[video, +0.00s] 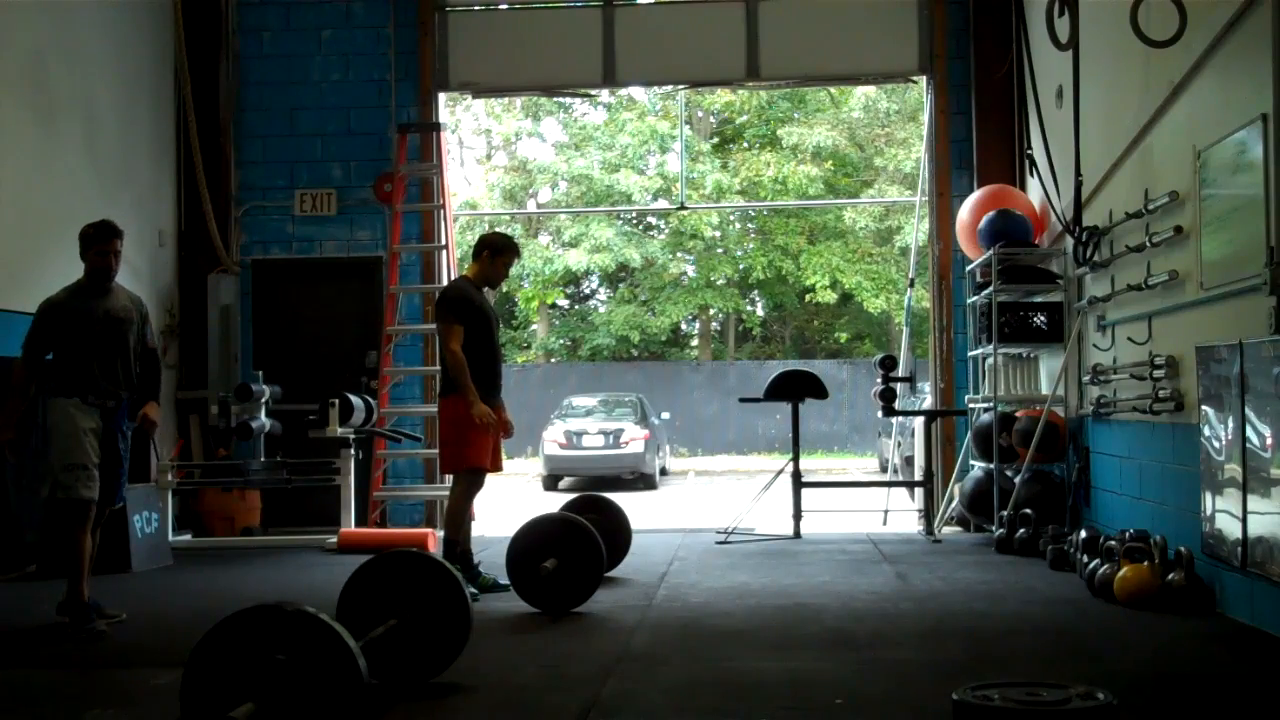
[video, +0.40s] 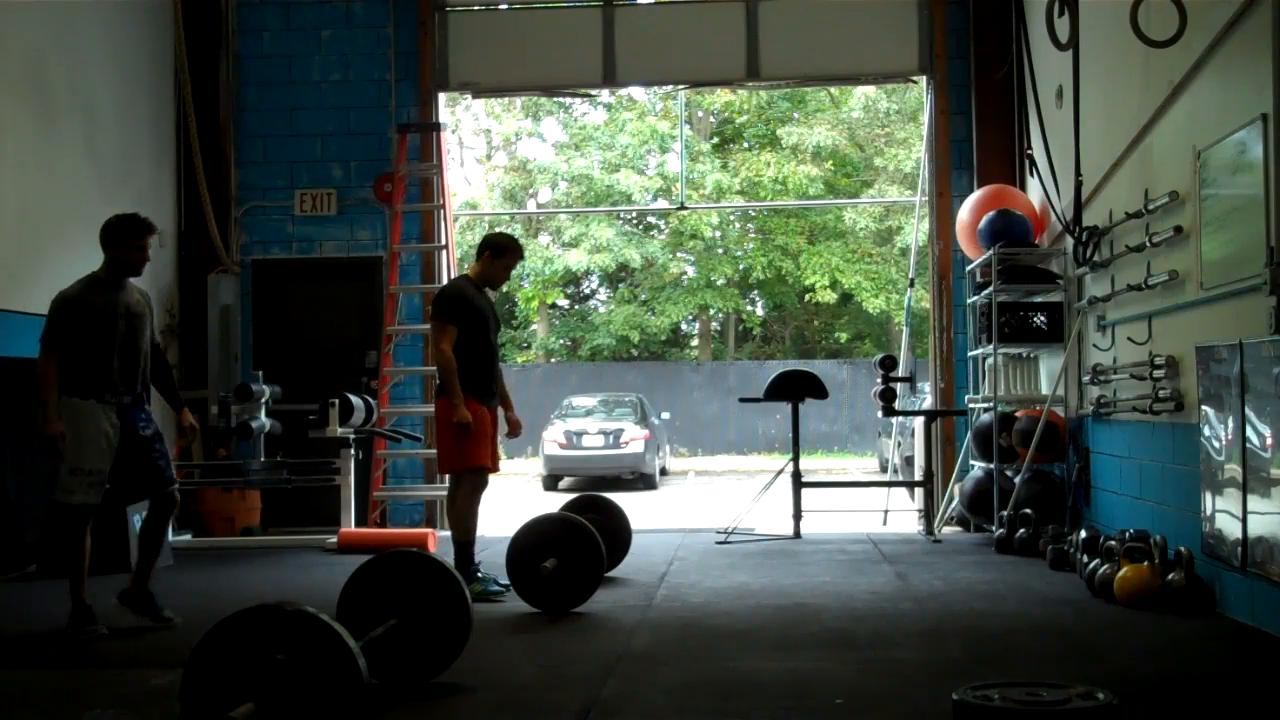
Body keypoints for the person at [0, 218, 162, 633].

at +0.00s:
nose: (111, 261)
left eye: (116, 254)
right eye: (103, 254)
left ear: (121, 256)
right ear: (84, 254)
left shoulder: (134, 307)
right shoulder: (56, 307)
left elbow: (149, 360)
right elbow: (29, 363)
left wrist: (152, 400)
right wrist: (26, 412)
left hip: (116, 417)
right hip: (69, 414)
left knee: (98, 508)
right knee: (82, 504)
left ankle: (77, 598)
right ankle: (78, 601)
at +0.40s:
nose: (148, 256)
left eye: (149, 248)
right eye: (141, 248)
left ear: (135, 250)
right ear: (116, 248)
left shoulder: (140, 299)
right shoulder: (72, 300)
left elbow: (155, 360)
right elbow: (48, 362)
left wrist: (180, 407)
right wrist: (51, 417)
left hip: (135, 417)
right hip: (86, 419)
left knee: (166, 498)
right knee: (82, 511)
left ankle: (139, 589)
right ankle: (79, 605)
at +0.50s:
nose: (161, 257)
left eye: (162, 249)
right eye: (155, 249)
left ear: (142, 251)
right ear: (130, 249)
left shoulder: (151, 302)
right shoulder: (85, 299)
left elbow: (158, 366)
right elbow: (63, 360)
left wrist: (179, 413)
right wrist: (72, 414)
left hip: (144, 417)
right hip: (96, 419)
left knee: (166, 505)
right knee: (88, 514)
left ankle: (174, 601)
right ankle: (80, 607)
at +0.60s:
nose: (177, 259)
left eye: (178, 252)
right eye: (171, 252)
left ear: (156, 253)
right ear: (146, 251)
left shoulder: (161, 301)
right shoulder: (101, 300)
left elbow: (163, 368)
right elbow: (81, 360)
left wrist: (178, 416)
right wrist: (95, 414)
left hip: (155, 419)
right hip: (111, 420)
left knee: (170, 513)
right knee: (96, 517)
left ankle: (193, 603)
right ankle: (81, 607)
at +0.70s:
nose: (194, 261)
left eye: (195, 254)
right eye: (188, 253)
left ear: (179, 255)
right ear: (164, 252)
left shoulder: (177, 301)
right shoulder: (118, 300)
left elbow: (173, 368)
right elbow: (99, 362)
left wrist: (184, 423)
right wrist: (115, 413)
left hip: (171, 419)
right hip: (130, 419)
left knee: (182, 515)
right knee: (110, 516)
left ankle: (198, 605)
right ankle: (86, 605)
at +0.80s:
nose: (210, 257)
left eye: (211, 249)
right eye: (204, 248)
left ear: (201, 249)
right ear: (180, 246)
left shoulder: (196, 300)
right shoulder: (134, 294)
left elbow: (194, 368)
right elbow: (114, 358)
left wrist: (205, 423)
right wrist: (130, 412)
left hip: (187, 417)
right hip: (145, 415)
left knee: (188, 515)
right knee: (130, 512)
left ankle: (199, 605)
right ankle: (92, 599)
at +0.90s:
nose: (219, 255)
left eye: (221, 248)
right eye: (212, 247)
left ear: (220, 252)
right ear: (189, 246)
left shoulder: (212, 301)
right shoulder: (147, 293)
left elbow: (221, 365)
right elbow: (123, 355)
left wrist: (229, 416)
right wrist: (134, 408)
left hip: (199, 414)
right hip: (157, 412)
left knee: (193, 513)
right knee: (154, 508)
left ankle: (198, 605)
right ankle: (116, 590)